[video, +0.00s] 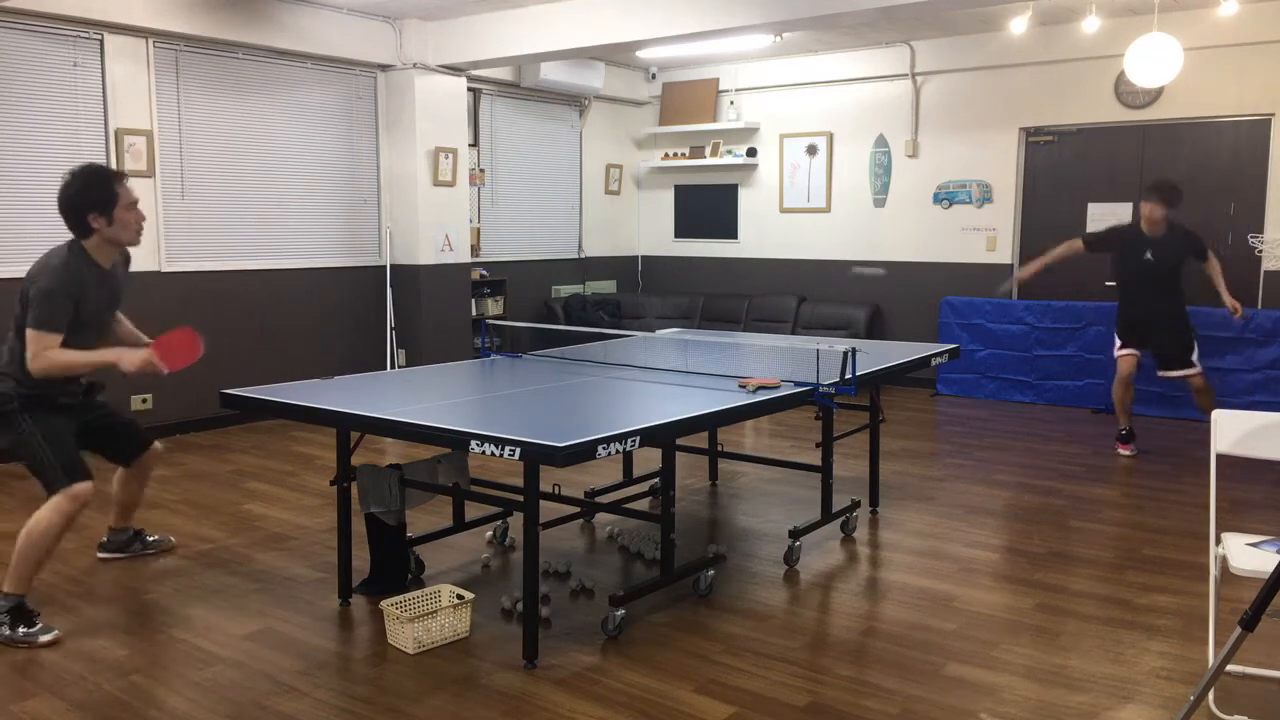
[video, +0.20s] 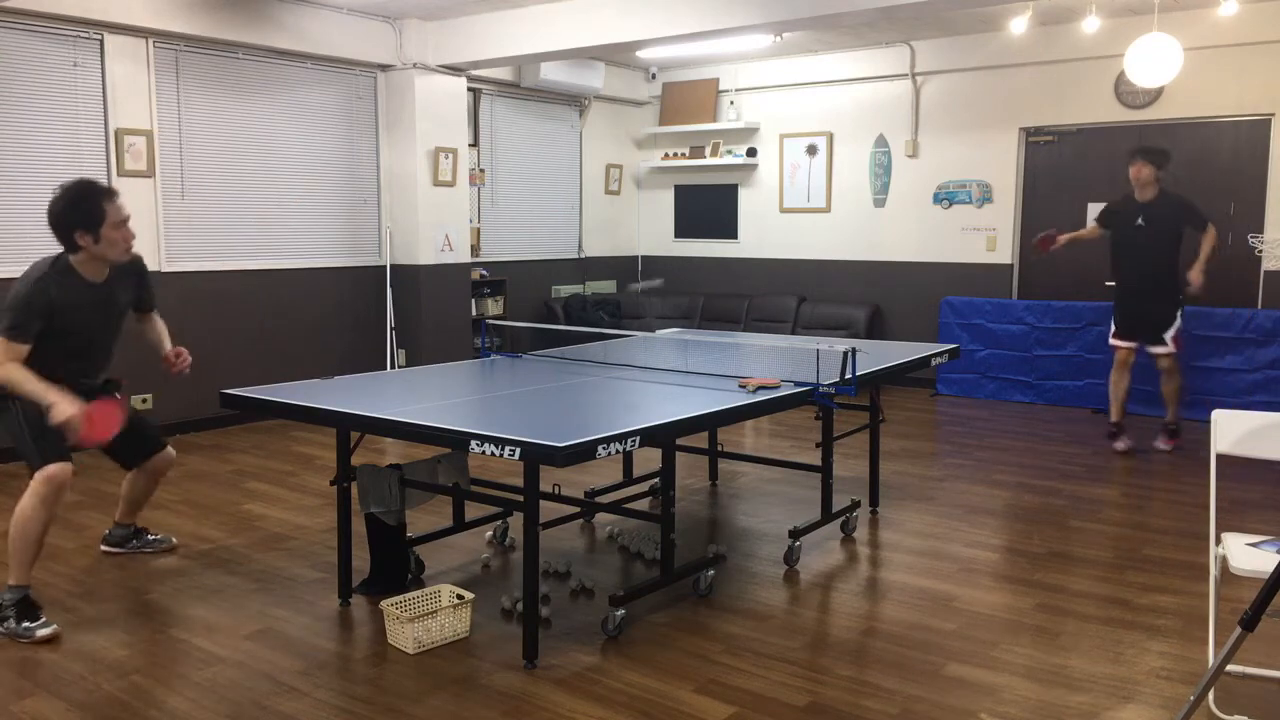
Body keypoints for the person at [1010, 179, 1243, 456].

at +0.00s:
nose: (1150, 210)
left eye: (1157, 205)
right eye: (1147, 203)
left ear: (1168, 210)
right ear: (1140, 205)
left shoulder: (1182, 238)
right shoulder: (1123, 236)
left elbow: (1210, 260)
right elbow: (1077, 245)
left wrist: (1225, 295)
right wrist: (1037, 265)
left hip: (1171, 321)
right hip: (1132, 321)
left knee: (1197, 382)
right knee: (1125, 372)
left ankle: (1217, 423)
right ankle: (1125, 431)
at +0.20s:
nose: (1136, 171)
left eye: (1143, 166)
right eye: (1133, 165)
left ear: (1157, 172)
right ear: (1129, 171)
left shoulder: (1175, 206)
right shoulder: (1119, 207)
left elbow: (1209, 231)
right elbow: (1096, 230)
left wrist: (1199, 267)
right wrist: (1068, 237)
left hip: (1164, 296)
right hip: (1128, 296)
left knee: (1167, 363)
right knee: (1122, 358)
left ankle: (1171, 425)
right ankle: (1115, 426)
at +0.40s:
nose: (1125, 184)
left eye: (1132, 179)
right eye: (1122, 179)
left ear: (1149, 183)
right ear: (1119, 185)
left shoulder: (1169, 218)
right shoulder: (1121, 221)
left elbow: (1196, 251)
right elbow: (1122, 257)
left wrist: (1169, 286)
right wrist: (1104, 266)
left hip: (1154, 306)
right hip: (1124, 303)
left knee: (1151, 371)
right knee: (1095, 362)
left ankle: (1168, 433)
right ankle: (1088, 417)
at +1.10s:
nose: (1120, 220)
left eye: (1126, 215)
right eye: (1117, 214)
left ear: (1141, 216)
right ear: (1113, 213)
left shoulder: (1157, 237)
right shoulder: (1104, 242)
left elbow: (1174, 271)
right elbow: (1095, 285)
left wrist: (1142, 294)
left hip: (1151, 311)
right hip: (1113, 310)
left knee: (1165, 365)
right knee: (1078, 361)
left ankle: (1185, 424)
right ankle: (1083, 414)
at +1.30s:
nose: (1147, 242)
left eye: (1153, 238)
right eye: (1145, 236)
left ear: (1162, 234)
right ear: (1136, 228)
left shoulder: (1166, 247)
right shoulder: (1116, 247)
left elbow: (1177, 276)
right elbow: (1115, 290)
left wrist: (1175, 297)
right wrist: (1150, 297)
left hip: (1151, 315)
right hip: (1115, 314)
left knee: (1178, 364)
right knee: (1076, 366)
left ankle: (1188, 424)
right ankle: (1082, 415)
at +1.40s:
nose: (1164, 229)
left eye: (1170, 225)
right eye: (1161, 223)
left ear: (1176, 225)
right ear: (1151, 219)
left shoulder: (1179, 243)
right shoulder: (1126, 246)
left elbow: (1193, 269)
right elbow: (1099, 278)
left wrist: (1209, 296)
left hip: (1160, 319)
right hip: (1121, 318)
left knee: (1187, 365)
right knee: (1079, 366)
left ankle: (1189, 425)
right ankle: (1083, 415)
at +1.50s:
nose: (1169, 208)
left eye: (1175, 203)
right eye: (1165, 201)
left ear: (1183, 208)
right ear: (1156, 203)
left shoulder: (1190, 237)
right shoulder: (1131, 234)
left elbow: (1208, 259)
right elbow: (1084, 240)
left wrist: (1227, 285)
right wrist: (1046, 251)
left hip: (1169, 317)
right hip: (1129, 314)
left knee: (1192, 366)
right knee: (1091, 364)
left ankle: (1190, 425)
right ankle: (1083, 414)